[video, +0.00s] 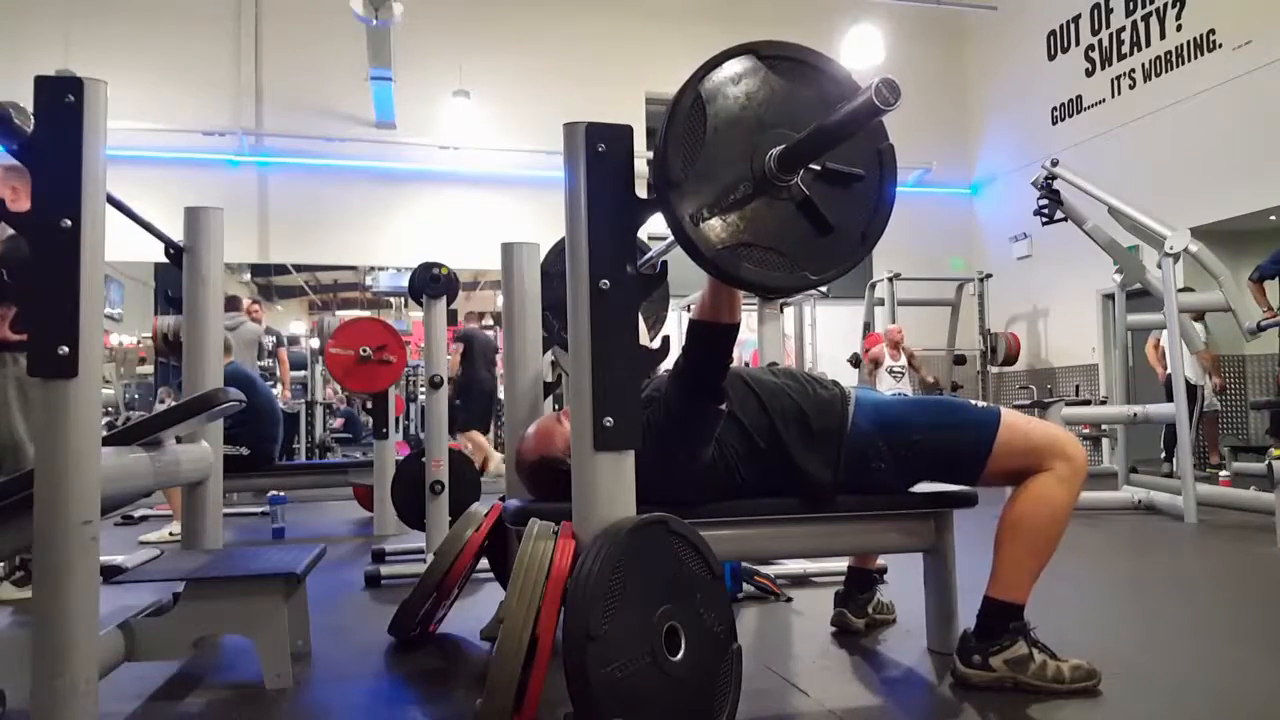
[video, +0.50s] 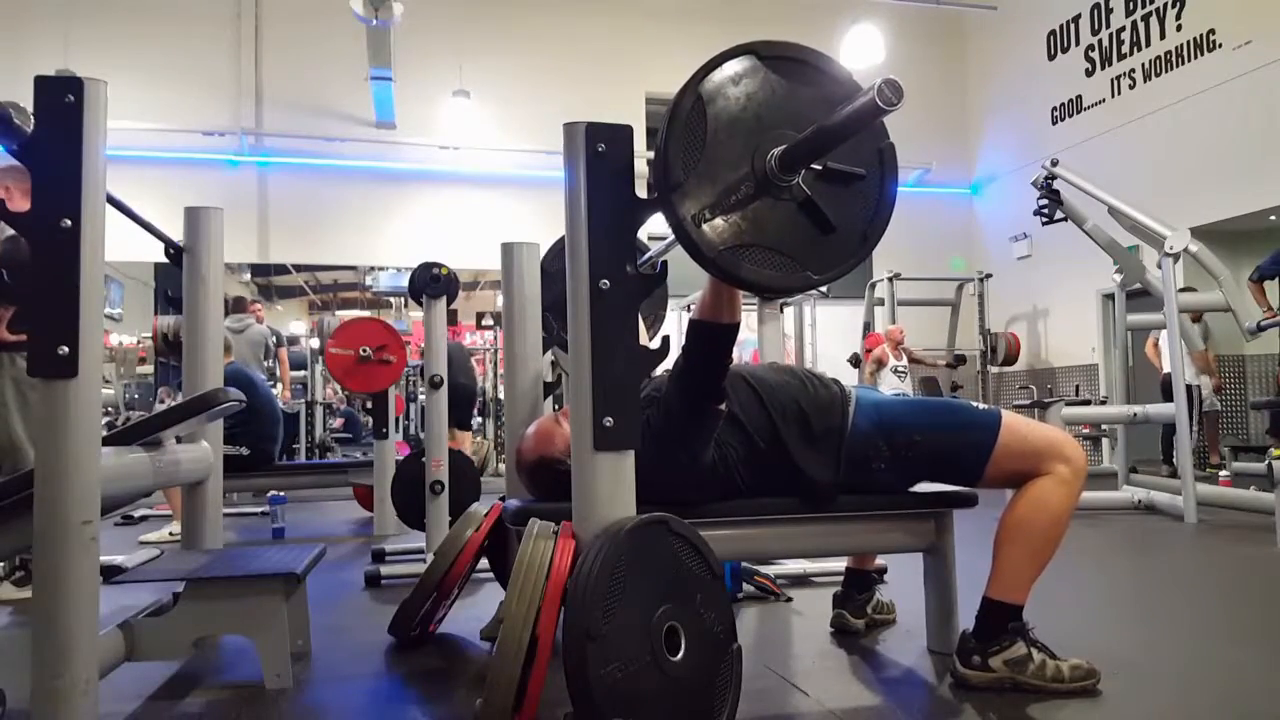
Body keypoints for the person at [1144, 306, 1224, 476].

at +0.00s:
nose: (1204, 313)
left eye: (1204, 309)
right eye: (1201, 310)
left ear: (1177, 310)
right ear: (1194, 310)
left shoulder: (1168, 328)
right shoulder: (1197, 327)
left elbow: (1160, 350)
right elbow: (1203, 354)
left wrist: (1163, 367)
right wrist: (1214, 373)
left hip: (1171, 375)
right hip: (1191, 377)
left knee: (1171, 419)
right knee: (1190, 421)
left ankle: (1167, 460)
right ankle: (1187, 463)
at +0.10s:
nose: (1204, 313)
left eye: (1204, 309)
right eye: (1201, 310)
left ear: (1177, 310)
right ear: (1193, 310)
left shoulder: (1168, 328)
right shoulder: (1196, 327)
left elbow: (1159, 350)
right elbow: (1202, 354)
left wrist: (1163, 368)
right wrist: (1214, 372)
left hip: (1170, 376)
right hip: (1191, 378)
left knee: (1171, 420)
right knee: (1189, 422)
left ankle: (1167, 460)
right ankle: (1186, 463)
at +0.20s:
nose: (1203, 312)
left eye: (1203, 308)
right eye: (1201, 308)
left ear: (1178, 307)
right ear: (1193, 308)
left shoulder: (1168, 326)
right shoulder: (1194, 327)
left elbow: (1159, 349)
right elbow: (1202, 354)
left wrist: (1161, 368)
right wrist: (1214, 373)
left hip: (1171, 376)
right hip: (1190, 378)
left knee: (1171, 421)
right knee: (1189, 422)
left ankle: (1167, 460)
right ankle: (1186, 464)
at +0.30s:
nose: (1204, 313)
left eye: (1204, 308)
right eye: (1201, 308)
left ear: (1179, 307)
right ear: (1192, 309)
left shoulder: (1168, 325)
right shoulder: (1191, 327)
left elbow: (1157, 350)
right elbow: (1202, 356)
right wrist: (1213, 372)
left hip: (1170, 377)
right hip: (1189, 379)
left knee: (1172, 422)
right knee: (1188, 423)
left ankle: (1167, 462)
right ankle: (1185, 465)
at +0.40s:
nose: (1204, 313)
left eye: (1204, 309)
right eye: (1202, 309)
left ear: (1180, 308)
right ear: (1193, 309)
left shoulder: (1167, 326)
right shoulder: (1192, 327)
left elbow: (1154, 348)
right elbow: (1201, 357)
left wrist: (1160, 367)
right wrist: (1211, 369)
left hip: (1169, 376)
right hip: (1188, 378)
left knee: (1171, 421)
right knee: (1189, 423)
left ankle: (1167, 462)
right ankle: (1186, 465)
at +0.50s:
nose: (1202, 311)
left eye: (1202, 307)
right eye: (1200, 307)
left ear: (1179, 306)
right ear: (1192, 308)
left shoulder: (1166, 323)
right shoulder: (1192, 325)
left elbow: (1151, 347)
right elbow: (1198, 356)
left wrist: (1161, 367)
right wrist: (1210, 372)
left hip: (1168, 377)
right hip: (1187, 379)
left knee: (1169, 422)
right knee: (1189, 424)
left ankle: (1167, 462)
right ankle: (1186, 464)